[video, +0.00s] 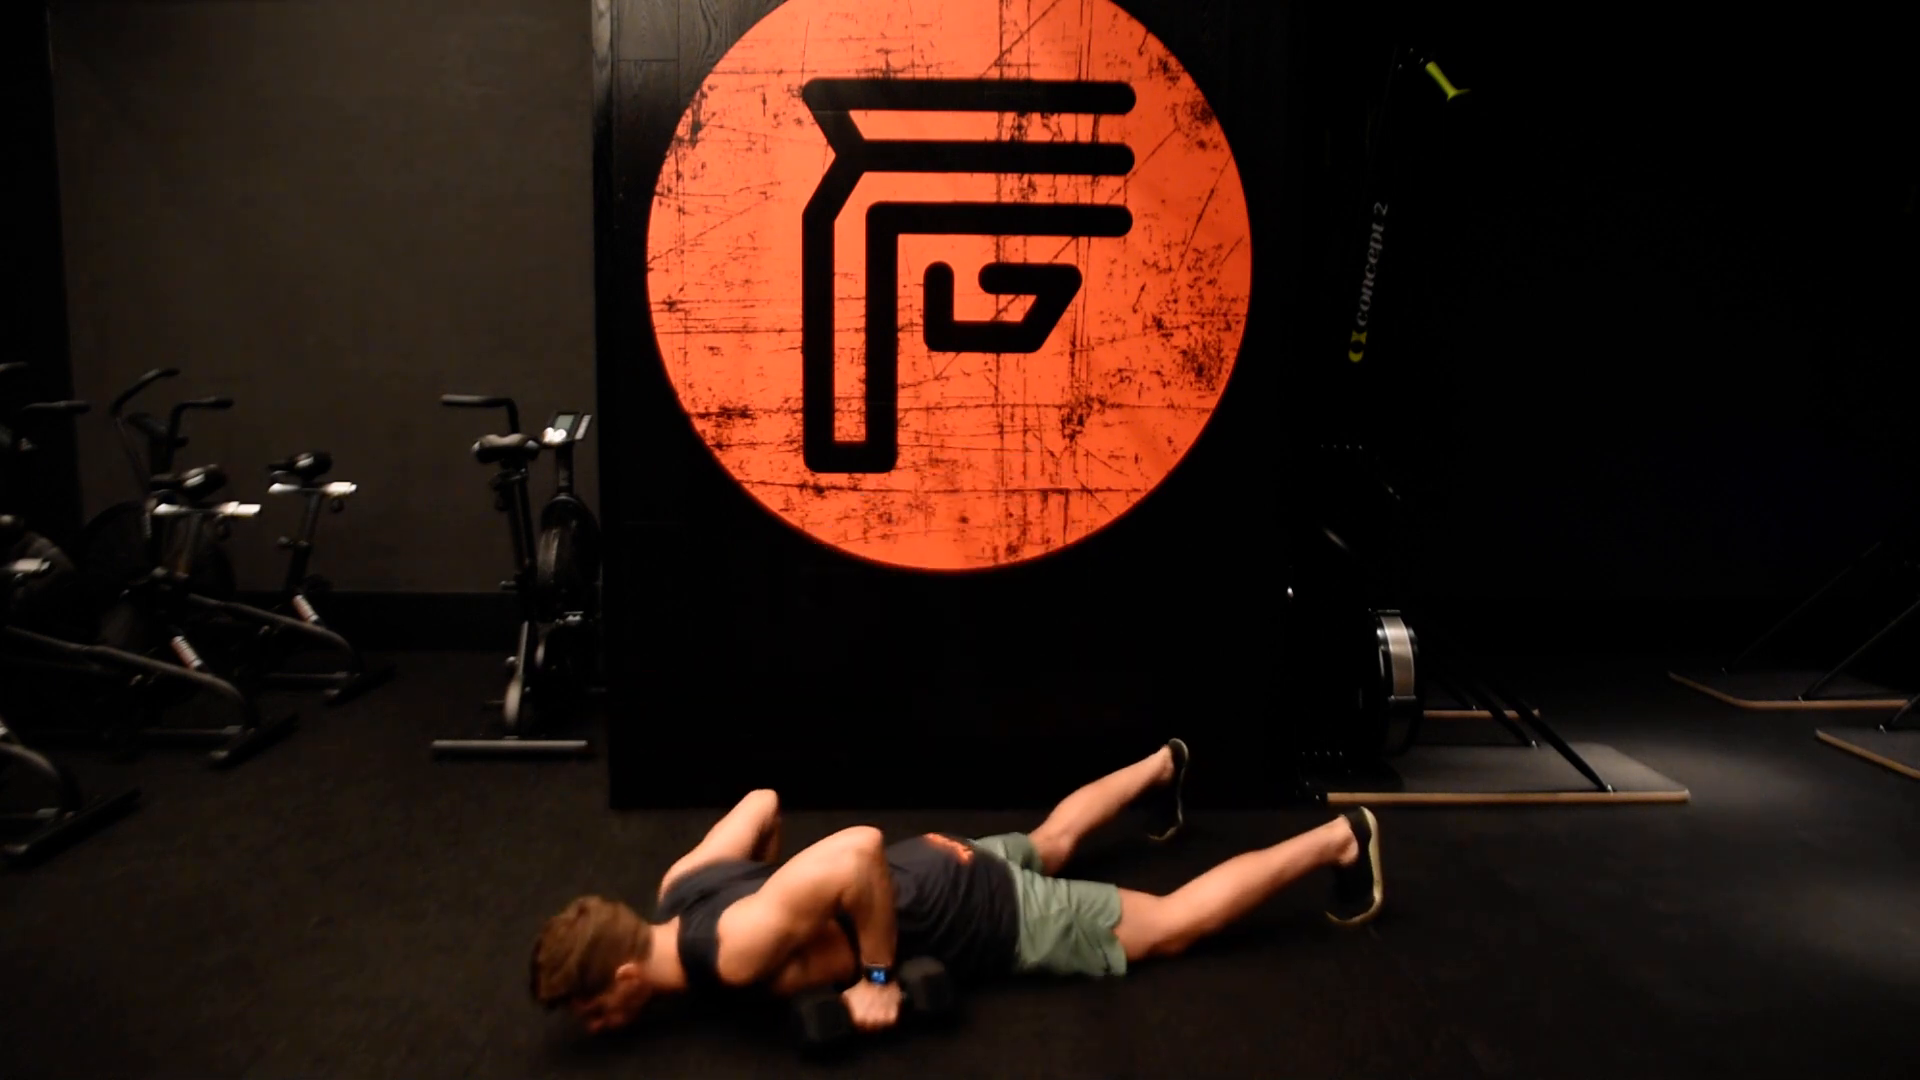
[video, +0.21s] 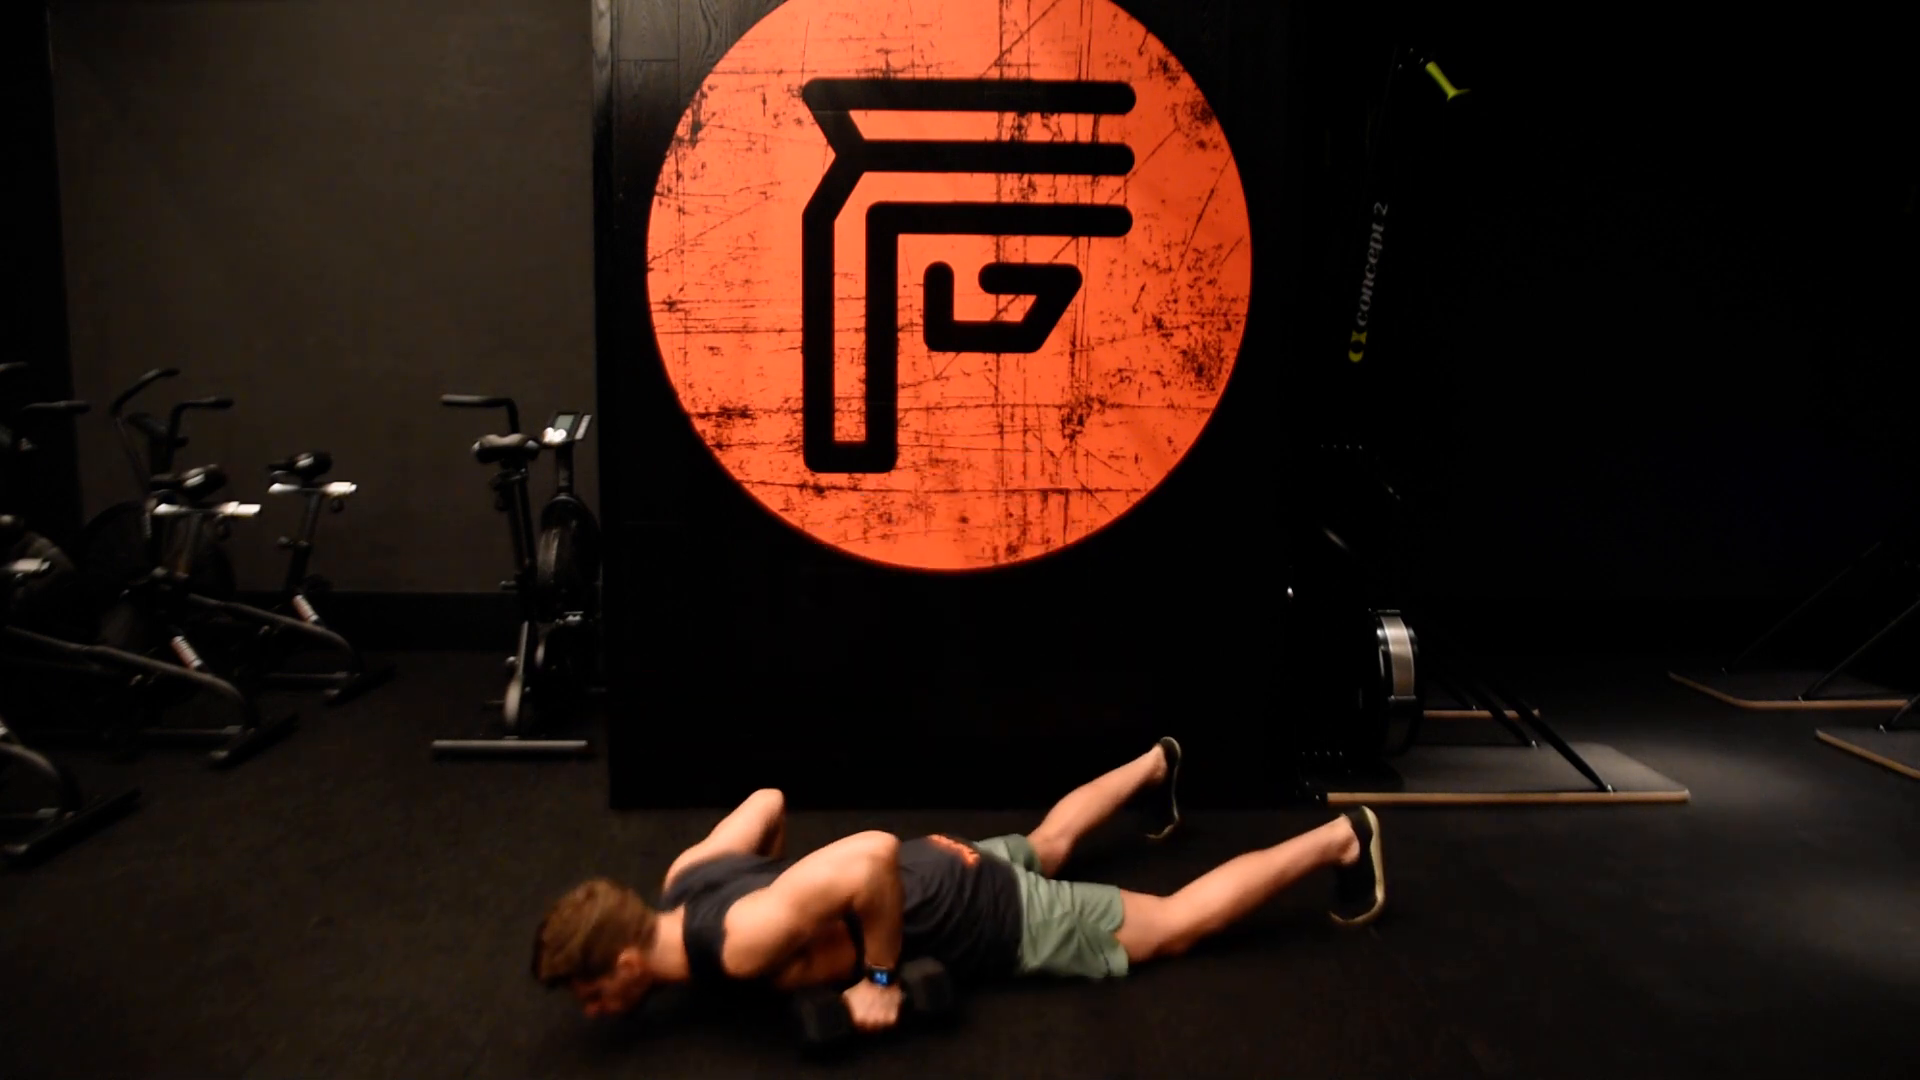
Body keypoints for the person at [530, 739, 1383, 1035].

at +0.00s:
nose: (595, 1027)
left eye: (591, 1014)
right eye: (585, 1016)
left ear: (620, 986)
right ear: (614, 946)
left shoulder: (734, 948)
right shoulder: (675, 895)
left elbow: (861, 855)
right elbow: (759, 805)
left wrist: (874, 977)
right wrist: (731, 893)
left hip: (982, 910)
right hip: (941, 855)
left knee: (1165, 923)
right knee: (1049, 841)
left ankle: (1334, 834)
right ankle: (1162, 758)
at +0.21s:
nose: (589, 1010)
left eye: (591, 996)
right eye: (581, 997)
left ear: (624, 969)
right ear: (615, 931)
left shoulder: (736, 942)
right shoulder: (676, 888)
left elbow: (873, 860)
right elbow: (767, 801)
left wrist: (875, 976)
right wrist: (726, 885)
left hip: (982, 907)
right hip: (939, 856)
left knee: (1169, 922)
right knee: (1045, 844)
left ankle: (1336, 834)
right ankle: (1154, 760)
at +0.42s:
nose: (605, 880)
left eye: (603, 863)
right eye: (597, 868)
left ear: (634, 838)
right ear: (643, 818)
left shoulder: (760, 850)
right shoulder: (708, 813)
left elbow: (925, 856)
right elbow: (809, 827)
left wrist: (887, 980)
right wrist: (758, 914)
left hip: (1001, 898)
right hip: (954, 861)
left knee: (1179, 923)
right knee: (1046, 845)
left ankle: (1344, 830)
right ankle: (1155, 755)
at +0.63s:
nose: (664, 759)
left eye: (662, 743)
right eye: (654, 750)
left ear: (691, 708)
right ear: (691, 697)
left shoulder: (827, 741)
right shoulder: (757, 722)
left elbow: (935, 854)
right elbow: (781, 817)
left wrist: (887, 977)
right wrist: (757, 914)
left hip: (1017, 847)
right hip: (959, 825)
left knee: (1187, 924)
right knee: (1058, 838)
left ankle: (1353, 843)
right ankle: (1159, 766)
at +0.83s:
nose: (692, 745)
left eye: (689, 729)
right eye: (680, 736)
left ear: (716, 690)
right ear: (709, 689)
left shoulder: (848, 702)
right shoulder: (759, 696)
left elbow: (920, 844)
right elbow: (776, 806)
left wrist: (886, 975)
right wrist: (755, 914)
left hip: (1049, 779)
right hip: (990, 769)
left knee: (1195, 882)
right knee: (1069, 815)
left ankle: (1374, 848)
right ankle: (1170, 771)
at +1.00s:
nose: (694, 745)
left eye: (691, 730)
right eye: (682, 738)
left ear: (717, 691)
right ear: (706, 683)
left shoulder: (827, 691)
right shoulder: (751, 676)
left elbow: (893, 843)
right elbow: (758, 798)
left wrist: (884, 976)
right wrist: (749, 908)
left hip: (1050, 617)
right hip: (974, 627)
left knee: (1160, 802)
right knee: (1062, 737)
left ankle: (1336, 824)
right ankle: (1159, 762)